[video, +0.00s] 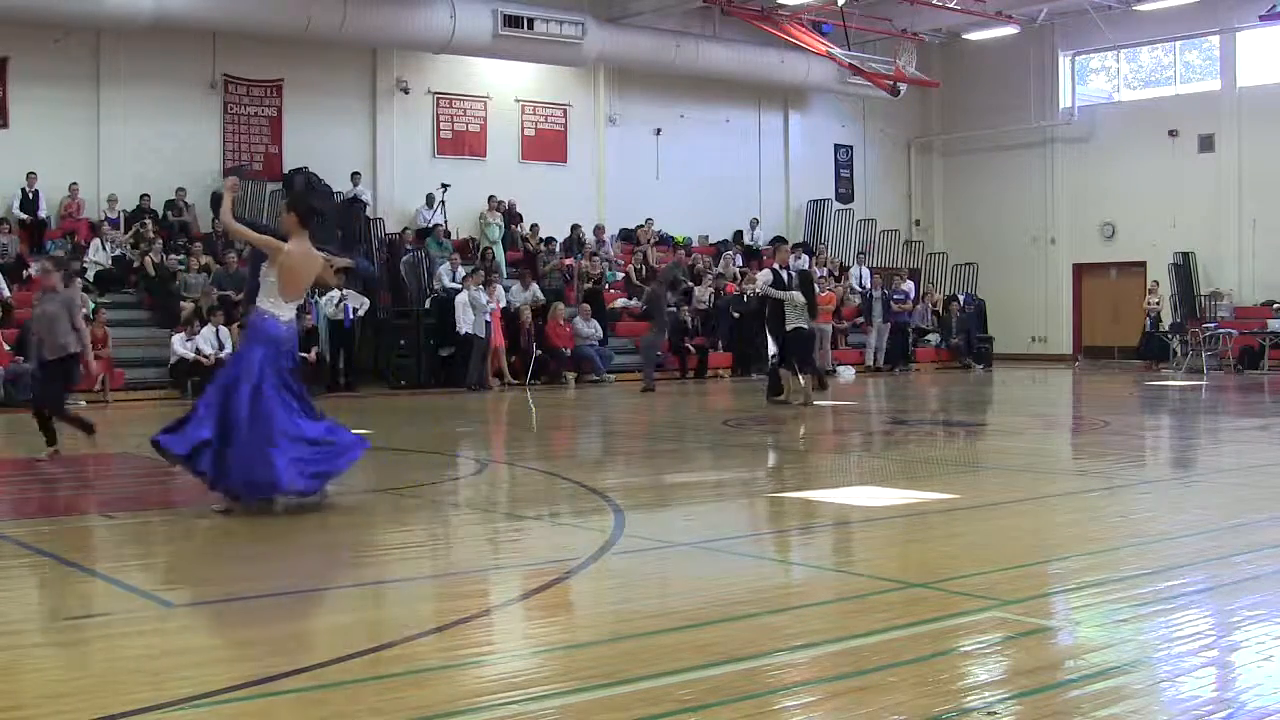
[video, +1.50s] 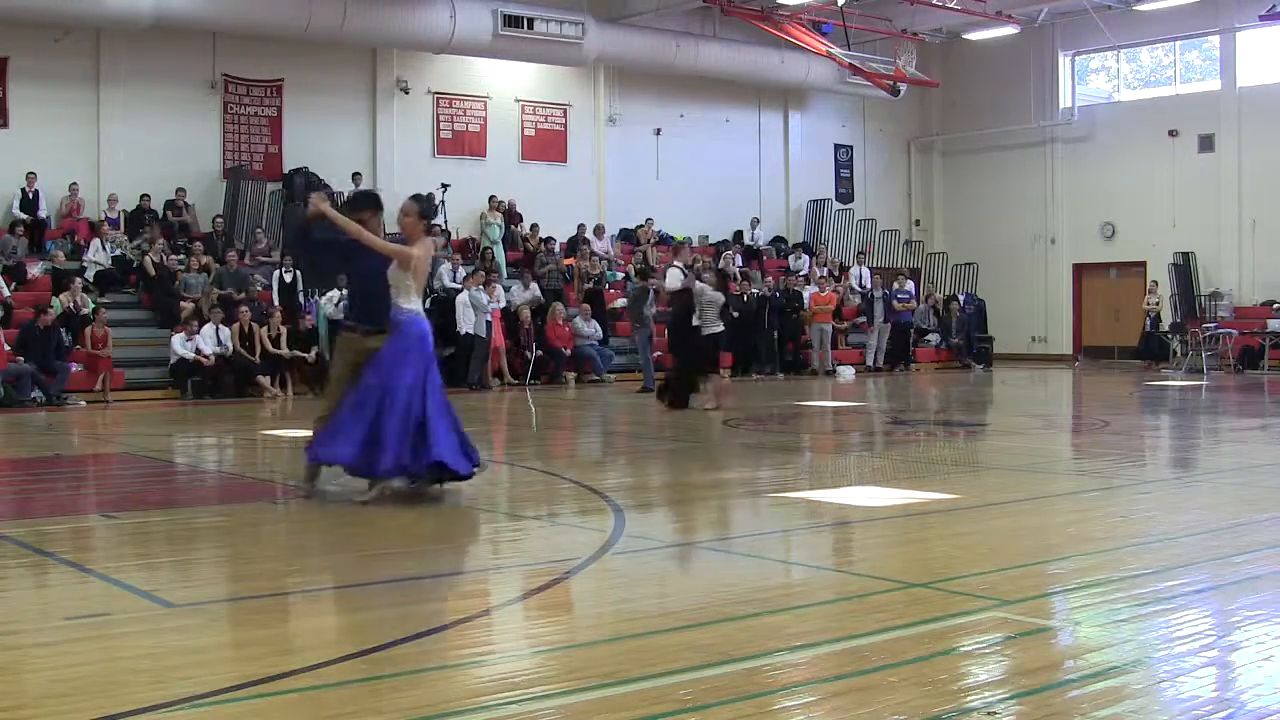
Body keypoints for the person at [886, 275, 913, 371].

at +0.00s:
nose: (896, 282)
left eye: (898, 280)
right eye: (894, 280)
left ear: (901, 282)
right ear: (892, 282)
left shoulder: (906, 293)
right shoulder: (890, 293)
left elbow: (910, 306)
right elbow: (893, 308)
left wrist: (899, 306)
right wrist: (905, 308)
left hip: (904, 321)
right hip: (894, 321)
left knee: (904, 343)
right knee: (894, 343)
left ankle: (904, 363)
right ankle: (895, 364)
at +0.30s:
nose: (895, 282)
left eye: (897, 280)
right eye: (894, 280)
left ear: (900, 281)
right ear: (891, 282)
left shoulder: (905, 293)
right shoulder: (889, 293)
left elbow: (909, 306)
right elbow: (892, 307)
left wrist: (897, 306)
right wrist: (904, 307)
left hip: (903, 320)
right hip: (893, 320)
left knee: (903, 342)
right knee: (893, 342)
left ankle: (905, 361)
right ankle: (894, 364)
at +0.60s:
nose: (896, 281)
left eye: (898, 279)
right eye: (895, 279)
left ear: (902, 281)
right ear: (892, 281)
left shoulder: (906, 293)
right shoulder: (890, 293)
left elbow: (910, 306)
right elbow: (893, 307)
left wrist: (898, 305)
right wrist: (905, 306)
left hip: (905, 320)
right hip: (894, 320)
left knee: (905, 342)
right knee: (894, 343)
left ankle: (907, 362)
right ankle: (895, 363)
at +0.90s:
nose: (897, 281)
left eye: (899, 279)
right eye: (895, 279)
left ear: (903, 280)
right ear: (893, 281)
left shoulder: (907, 293)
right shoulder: (891, 293)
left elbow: (911, 305)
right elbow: (893, 307)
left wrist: (898, 306)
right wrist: (906, 306)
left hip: (906, 321)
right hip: (895, 321)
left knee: (905, 342)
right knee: (895, 343)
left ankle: (906, 362)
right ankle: (895, 364)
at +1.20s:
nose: (898, 281)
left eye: (900, 279)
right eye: (896, 279)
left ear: (904, 280)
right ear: (894, 281)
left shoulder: (908, 293)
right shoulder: (892, 293)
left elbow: (913, 305)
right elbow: (895, 307)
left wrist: (901, 305)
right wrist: (907, 306)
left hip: (907, 321)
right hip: (896, 321)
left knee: (906, 343)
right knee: (896, 343)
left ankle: (907, 363)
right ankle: (896, 363)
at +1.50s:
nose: (900, 281)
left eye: (902, 279)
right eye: (898, 279)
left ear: (906, 281)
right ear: (896, 281)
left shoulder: (910, 293)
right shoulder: (894, 293)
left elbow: (914, 305)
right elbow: (896, 307)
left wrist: (901, 305)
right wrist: (908, 306)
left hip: (907, 321)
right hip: (897, 321)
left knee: (906, 343)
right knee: (896, 343)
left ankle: (906, 363)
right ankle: (896, 364)